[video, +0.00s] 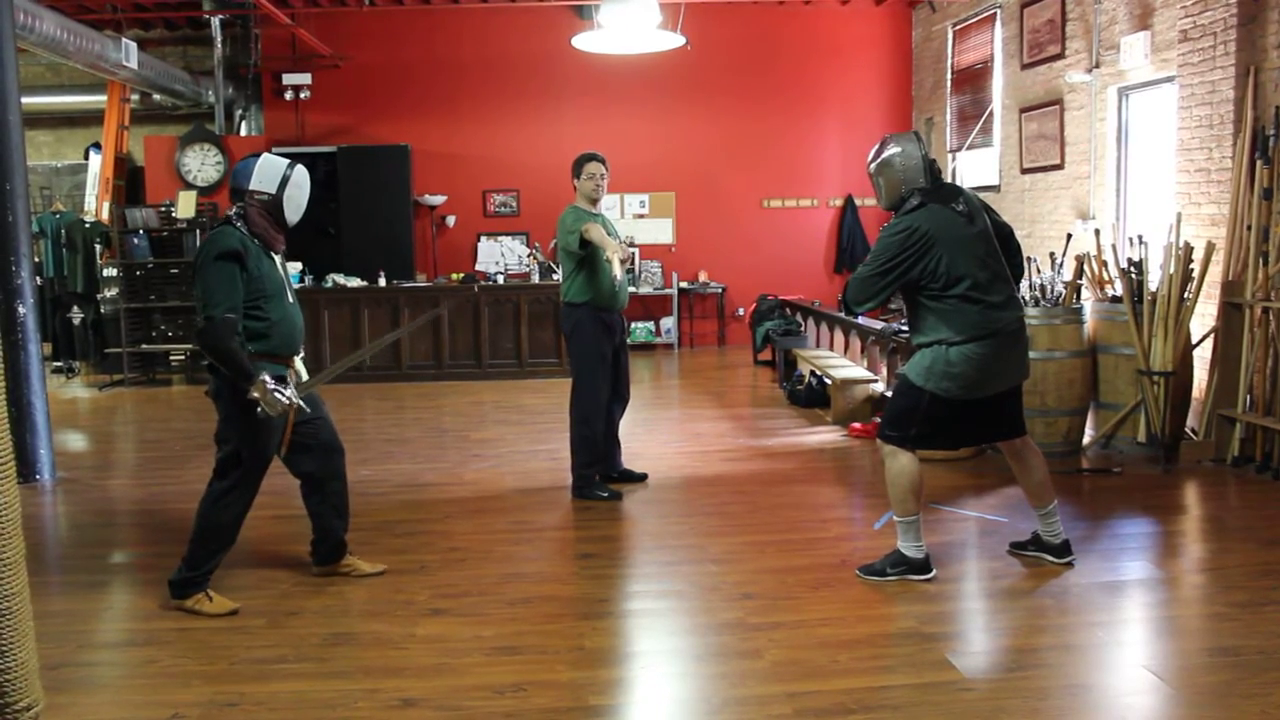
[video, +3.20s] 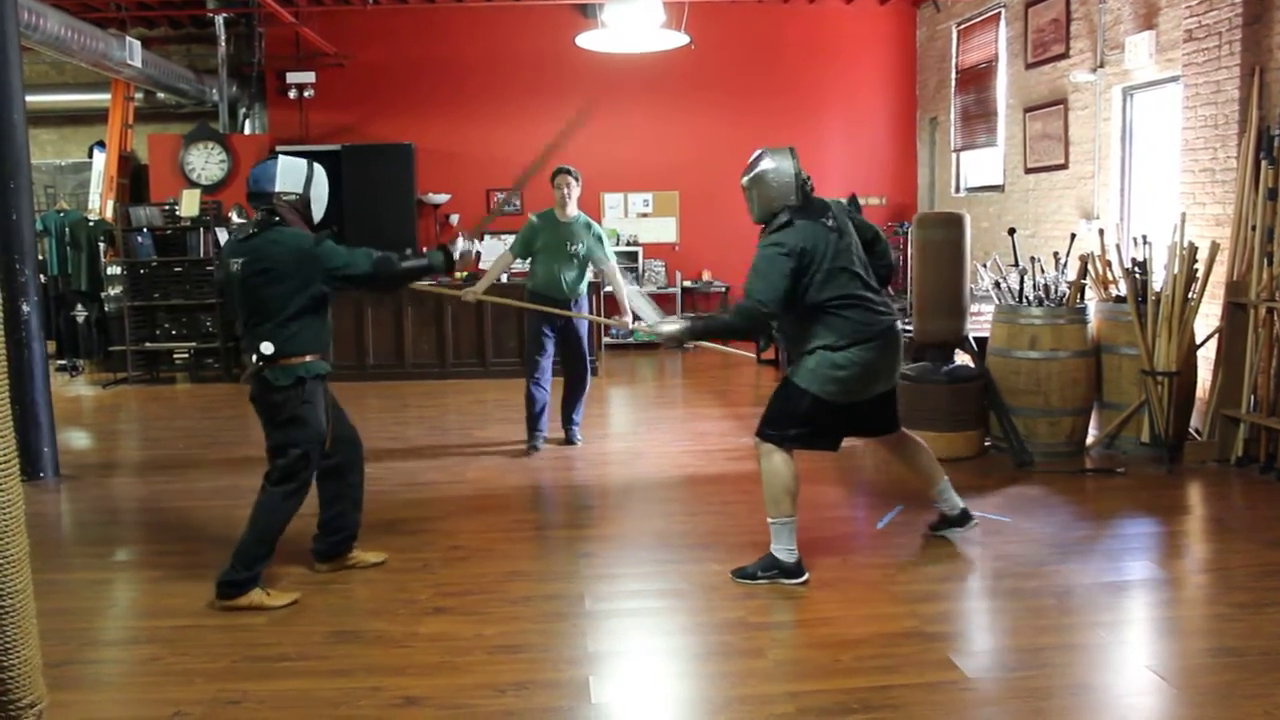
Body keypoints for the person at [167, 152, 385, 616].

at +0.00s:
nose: (294, 208)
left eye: (294, 199)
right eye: (290, 198)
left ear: (259, 193)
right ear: (267, 194)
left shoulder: (263, 242)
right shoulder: (228, 244)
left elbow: (270, 309)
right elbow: (217, 330)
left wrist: (290, 358)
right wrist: (256, 383)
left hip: (284, 375)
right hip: (249, 379)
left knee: (325, 458)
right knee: (235, 481)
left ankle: (331, 554)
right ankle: (189, 585)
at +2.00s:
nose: (295, 212)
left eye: (295, 203)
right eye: (291, 201)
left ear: (260, 197)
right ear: (269, 197)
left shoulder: (263, 244)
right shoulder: (233, 246)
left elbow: (270, 312)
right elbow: (220, 332)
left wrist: (294, 359)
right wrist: (256, 390)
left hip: (286, 378)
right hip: (253, 381)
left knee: (328, 458)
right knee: (237, 482)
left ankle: (332, 556)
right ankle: (190, 587)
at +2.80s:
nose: (338, 216)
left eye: (336, 207)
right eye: (333, 205)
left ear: (306, 203)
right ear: (312, 201)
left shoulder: (305, 244)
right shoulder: (281, 244)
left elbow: (306, 316)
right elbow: (274, 327)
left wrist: (331, 360)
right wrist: (316, 373)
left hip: (321, 370)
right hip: (292, 375)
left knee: (355, 457)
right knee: (302, 473)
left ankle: (338, 553)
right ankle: (249, 582)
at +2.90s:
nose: (337, 219)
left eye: (336, 211)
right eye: (332, 209)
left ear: (304, 204)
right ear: (310, 203)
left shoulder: (305, 245)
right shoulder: (284, 243)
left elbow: (311, 315)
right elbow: (291, 317)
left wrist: (343, 357)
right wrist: (344, 350)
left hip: (319, 374)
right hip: (293, 377)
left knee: (354, 455)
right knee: (305, 472)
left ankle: (338, 553)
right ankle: (247, 581)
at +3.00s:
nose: (333, 209)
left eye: (332, 200)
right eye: (329, 199)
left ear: (289, 196)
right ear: (308, 195)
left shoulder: (270, 240)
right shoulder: (294, 243)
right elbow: (332, 304)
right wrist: (398, 311)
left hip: (306, 371)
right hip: (295, 374)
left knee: (350, 456)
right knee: (307, 469)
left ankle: (338, 554)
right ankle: (241, 579)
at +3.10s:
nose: (319, 202)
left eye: (317, 193)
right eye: (314, 193)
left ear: (270, 196)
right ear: (294, 194)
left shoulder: (246, 247)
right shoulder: (301, 245)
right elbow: (369, 284)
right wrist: (435, 281)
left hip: (297, 376)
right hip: (298, 379)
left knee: (345, 456)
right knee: (299, 473)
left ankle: (337, 553)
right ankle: (240, 584)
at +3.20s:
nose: (313, 209)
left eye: (311, 201)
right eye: (308, 201)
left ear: (265, 203)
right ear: (288, 202)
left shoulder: (237, 252)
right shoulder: (301, 248)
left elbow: (234, 322)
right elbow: (369, 266)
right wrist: (434, 260)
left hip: (282, 380)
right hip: (296, 381)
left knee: (344, 451)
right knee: (290, 477)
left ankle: (334, 549)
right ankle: (237, 585)